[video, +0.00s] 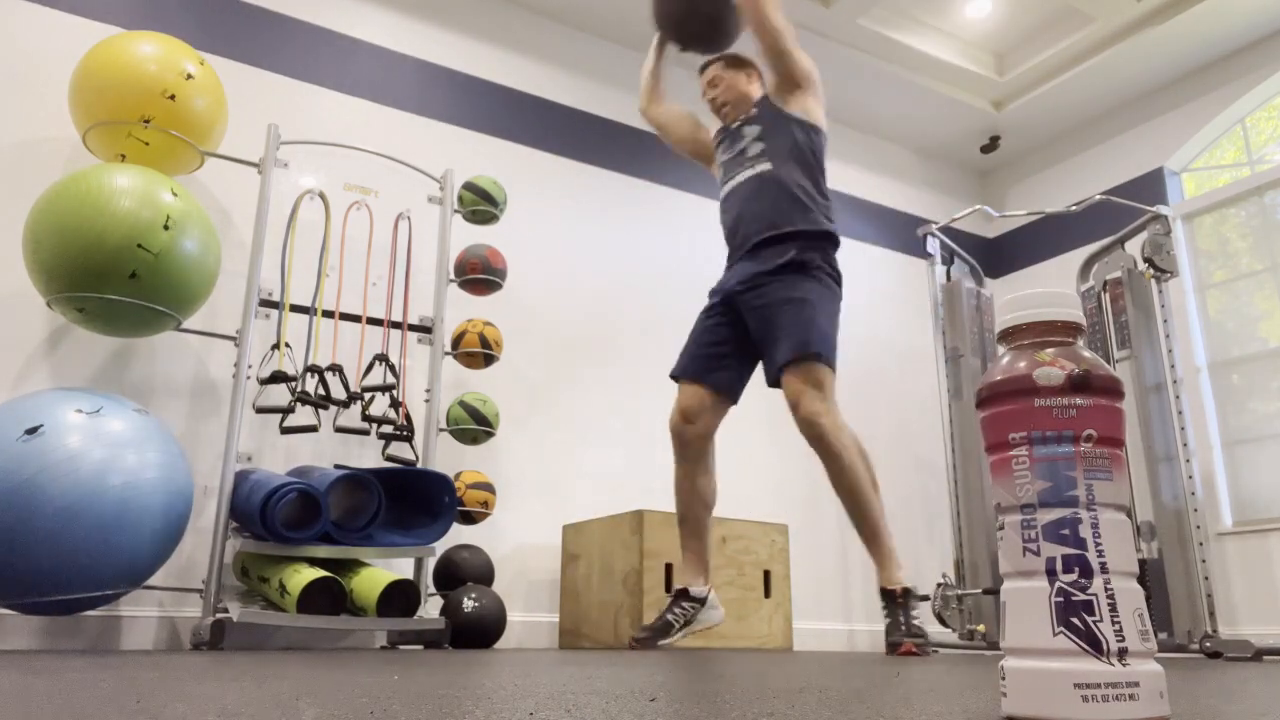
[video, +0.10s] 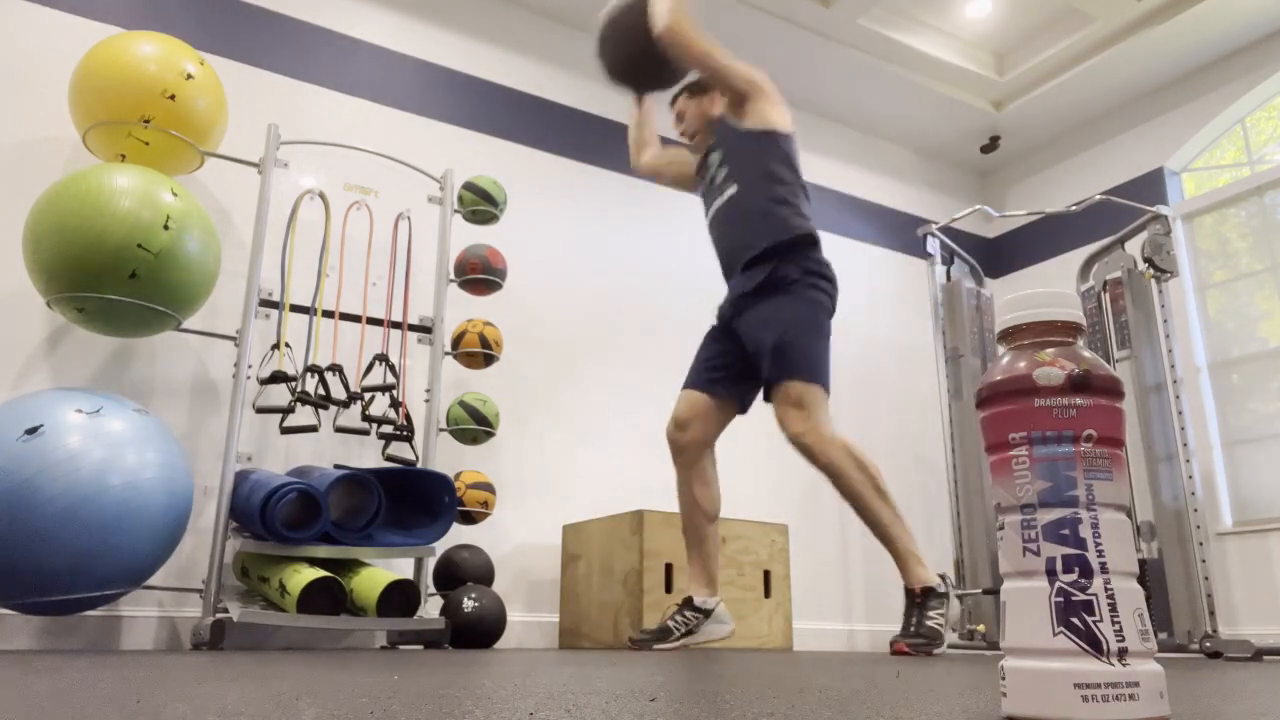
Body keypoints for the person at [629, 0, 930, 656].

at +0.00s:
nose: (710, 88)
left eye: (721, 77)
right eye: (704, 86)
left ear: (755, 77)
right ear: (710, 100)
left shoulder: (794, 101)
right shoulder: (718, 147)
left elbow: (763, 19)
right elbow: (651, 107)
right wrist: (662, 35)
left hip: (798, 268)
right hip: (737, 283)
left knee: (812, 410)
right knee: (689, 421)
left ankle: (895, 586)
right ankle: (694, 591)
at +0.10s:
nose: (680, 117)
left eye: (686, 104)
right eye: (676, 111)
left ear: (716, 94)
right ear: (689, 116)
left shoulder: (757, 104)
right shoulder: (705, 164)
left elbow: (671, 27)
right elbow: (643, 156)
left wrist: (655, 15)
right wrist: (640, 91)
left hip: (792, 281)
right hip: (742, 301)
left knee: (804, 426)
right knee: (687, 433)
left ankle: (925, 585)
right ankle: (703, 601)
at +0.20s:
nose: (646, 164)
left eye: (652, 149)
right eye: (641, 159)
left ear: (677, 136)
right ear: (658, 167)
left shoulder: (720, 146)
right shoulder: (690, 207)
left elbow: (627, 115)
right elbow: (635, 212)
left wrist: (599, 95)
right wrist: (622, 150)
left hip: (793, 306)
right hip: (749, 328)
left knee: (781, 454)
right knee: (680, 446)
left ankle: (931, 583)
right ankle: (706, 609)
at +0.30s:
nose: (632, 220)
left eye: (632, 206)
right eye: (630, 213)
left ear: (653, 189)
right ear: (642, 212)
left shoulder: (691, 190)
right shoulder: (682, 260)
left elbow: (578, 230)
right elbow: (628, 293)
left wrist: (532, 197)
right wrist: (601, 239)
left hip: (800, 333)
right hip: (757, 354)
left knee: (748, 471)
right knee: (671, 446)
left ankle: (907, 571)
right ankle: (705, 611)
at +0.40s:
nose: (610, 279)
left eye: (609, 266)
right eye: (606, 273)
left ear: (628, 240)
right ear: (634, 252)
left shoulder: (654, 246)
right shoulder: (684, 301)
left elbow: (598, 332)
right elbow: (653, 381)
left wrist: (526, 355)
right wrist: (585, 370)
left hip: (803, 347)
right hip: (763, 366)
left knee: (735, 483)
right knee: (669, 448)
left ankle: (891, 596)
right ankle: (707, 613)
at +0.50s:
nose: (591, 327)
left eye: (585, 312)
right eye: (585, 319)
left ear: (603, 286)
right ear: (607, 289)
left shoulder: (640, 285)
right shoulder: (676, 338)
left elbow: (617, 398)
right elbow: (674, 433)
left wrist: (575, 490)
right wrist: (617, 493)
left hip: (799, 356)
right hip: (755, 376)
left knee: (741, 498)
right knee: (664, 451)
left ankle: (903, 606)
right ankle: (707, 614)